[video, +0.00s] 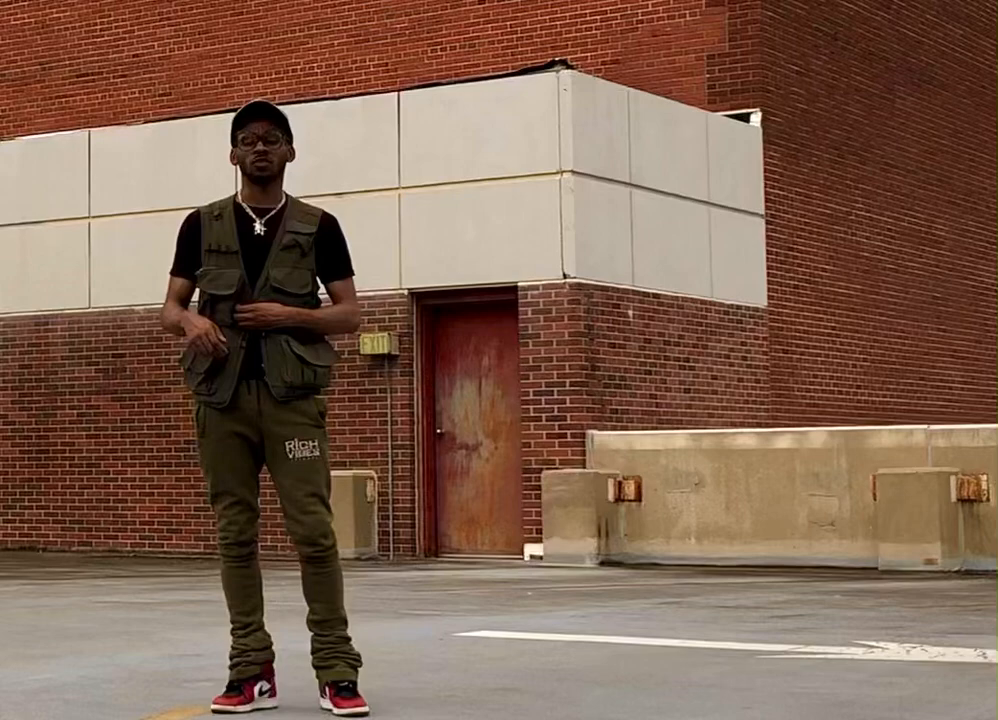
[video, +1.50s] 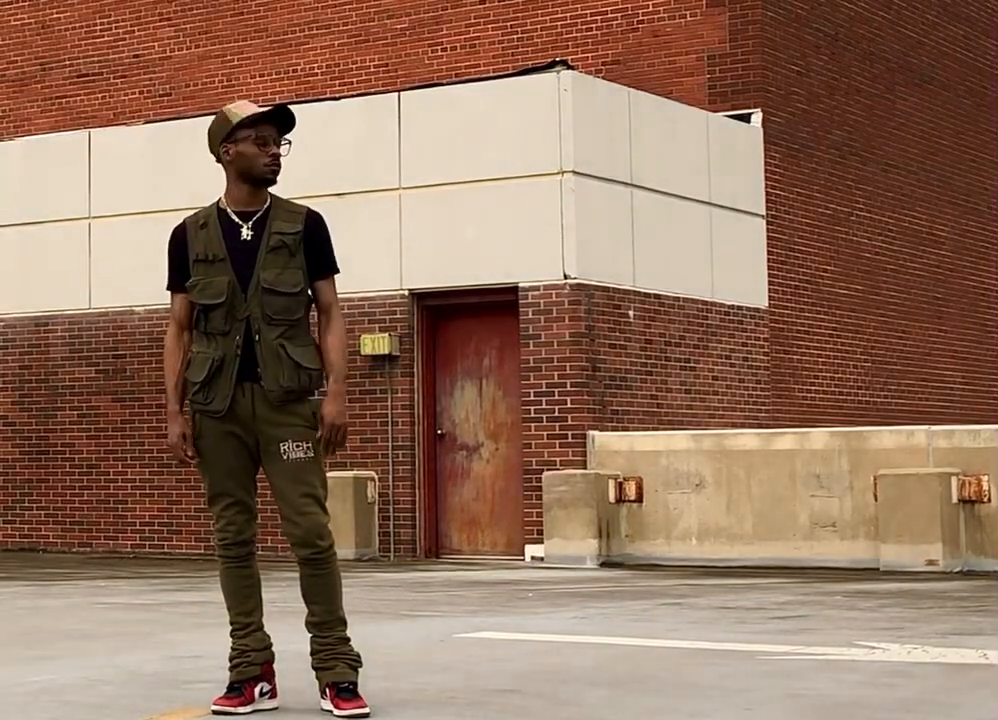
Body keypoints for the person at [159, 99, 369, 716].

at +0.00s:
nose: (261, 149)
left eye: (272, 141)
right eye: (250, 142)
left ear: (289, 151)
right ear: (234, 153)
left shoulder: (318, 226)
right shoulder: (202, 226)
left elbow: (349, 315)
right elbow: (172, 308)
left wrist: (286, 314)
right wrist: (189, 319)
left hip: (294, 402)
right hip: (222, 404)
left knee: (314, 536)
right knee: (236, 538)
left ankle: (337, 671)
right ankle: (250, 666)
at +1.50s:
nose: (275, 150)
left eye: (278, 141)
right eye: (261, 141)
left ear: (281, 152)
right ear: (227, 152)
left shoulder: (304, 225)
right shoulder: (189, 235)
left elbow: (331, 316)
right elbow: (178, 327)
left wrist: (336, 392)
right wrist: (175, 407)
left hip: (289, 403)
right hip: (215, 408)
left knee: (311, 539)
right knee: (233, 542)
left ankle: (337, 672)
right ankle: (250, 667)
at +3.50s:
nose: (241, 154)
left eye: (251, 145)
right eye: (230, 145)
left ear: (269, 155)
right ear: (213, 156)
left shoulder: (303, 224)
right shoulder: (189, 235)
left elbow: (328, 317)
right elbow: (178, 327)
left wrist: (333, 403)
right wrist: (173, 408)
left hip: (288, 402)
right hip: (213, 406)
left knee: (309, 537)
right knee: (232, 540)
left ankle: (336, 671)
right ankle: (250, 667)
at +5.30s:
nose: (327, 192)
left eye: (339, 183)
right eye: (316, 181)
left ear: (352, 193)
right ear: (296, 185)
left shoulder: (371, 262)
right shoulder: (252, 244)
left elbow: (404, 342)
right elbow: (223, 323)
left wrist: (419, 411)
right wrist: (229, 375)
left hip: (329, 424)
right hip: (250, 420)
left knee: (351, 543)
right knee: (224, 540)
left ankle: (326, 676)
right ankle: (258, 662)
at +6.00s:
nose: (284, 163)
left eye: (295, 155)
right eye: (272, 157)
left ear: (315, 168)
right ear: (260, 172)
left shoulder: (353, 238)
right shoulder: (234, 242)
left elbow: (375, 325)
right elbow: (204, 313)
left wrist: (338, 392)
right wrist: (190, 367)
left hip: (331, 413)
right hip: (251, 413)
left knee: (342, 550)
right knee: (231, 543)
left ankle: (329, 677)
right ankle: (246, 673)